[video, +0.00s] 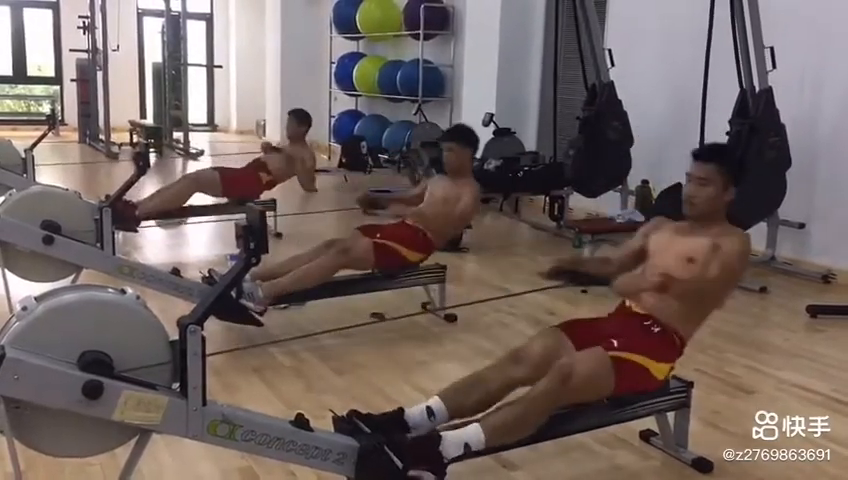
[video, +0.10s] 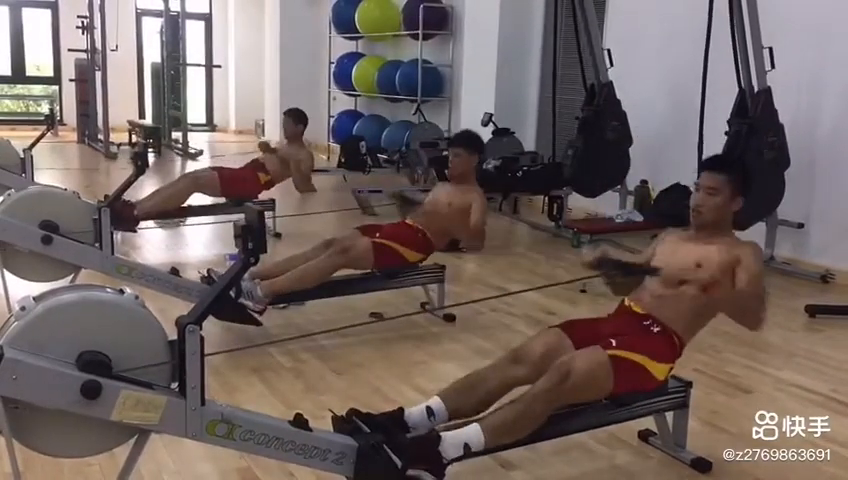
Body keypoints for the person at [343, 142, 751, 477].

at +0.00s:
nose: (689, 189)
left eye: (701, 183)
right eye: (689, 180)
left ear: (727, 193)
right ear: (687, 183)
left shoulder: (733, 241)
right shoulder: (660, 227)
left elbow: (706, 288)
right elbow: (615, 268)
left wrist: (657, 276)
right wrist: (573, 263)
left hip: (654, 344)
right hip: (614, 321)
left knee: (561, 376)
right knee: (523, 357)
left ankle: (442, 450)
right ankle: (407, 424)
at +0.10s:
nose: (699, 198)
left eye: (711, 193)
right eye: (698, 190)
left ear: (735, 204)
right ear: (694, 194)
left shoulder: (743, 251)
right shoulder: (670, 234)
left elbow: (753, 319)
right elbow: (638, 280)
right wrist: (607, 262)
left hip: (653, 343)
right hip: (614, 322)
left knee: (561, 375)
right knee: (524, 356)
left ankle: (439, 453)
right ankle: (401, 423)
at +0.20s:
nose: (698, 199)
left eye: (710, 194)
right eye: (698, 191)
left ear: (736, 205)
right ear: (697, 197)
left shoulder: (745, 261)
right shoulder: (675, 240)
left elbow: (764, 335)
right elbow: (639, 301)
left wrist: (742, 289)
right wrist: (628, 274)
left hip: (652, 345)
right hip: (614, 324)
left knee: (559, 379)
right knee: (523, 357)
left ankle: (438, 456)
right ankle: (401, 424)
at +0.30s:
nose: (697, 199)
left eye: (709, 193)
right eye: (697, 191)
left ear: (734, 205)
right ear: (694, 197)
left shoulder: (745, 263)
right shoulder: (673, 242)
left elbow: (759, 336)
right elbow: (637, 296)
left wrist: (736, 292)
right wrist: (631, 273)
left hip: (651, 344)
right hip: (611, 324)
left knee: (559, 379)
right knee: (520, 358)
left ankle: (440, 456)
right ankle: (401, 427)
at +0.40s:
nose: (691, 195)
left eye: (703, 189)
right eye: (691, 186)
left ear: (729, 200)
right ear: (689, 192)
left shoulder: (741, 259)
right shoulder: (668, 239)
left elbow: (754, 333)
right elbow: (643, 297)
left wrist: (722, 293)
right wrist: (621, 285)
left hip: (648, 348)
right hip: (611, 326)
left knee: (555, 383)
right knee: (519, 359)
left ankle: (440, 457)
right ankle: (403, 427)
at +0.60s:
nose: (669, 182)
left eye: (681, 175)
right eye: (668, 173)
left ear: (707, 185)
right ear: (665, 178)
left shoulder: (713, 242)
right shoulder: (645, 232)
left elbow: (722, 321)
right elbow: (606, 283)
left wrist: (668, 314)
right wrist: (576, 285)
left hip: (648, 347)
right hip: (607, 326)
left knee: (558, 384)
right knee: (521, 363)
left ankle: (440, 460)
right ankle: (408, 428)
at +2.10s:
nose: (551, 177)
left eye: (563, 168)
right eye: (550, 166)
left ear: (593, 175)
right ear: (547, 167)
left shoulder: (608, 236)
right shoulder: (542, 225)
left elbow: (552, 291)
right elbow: (468, 260)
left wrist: (477, 323)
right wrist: (406, 287)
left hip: (608, 362)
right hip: (568, 344)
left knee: (519, 337)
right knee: (472, 316)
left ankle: (449, 452)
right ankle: (414, 425)